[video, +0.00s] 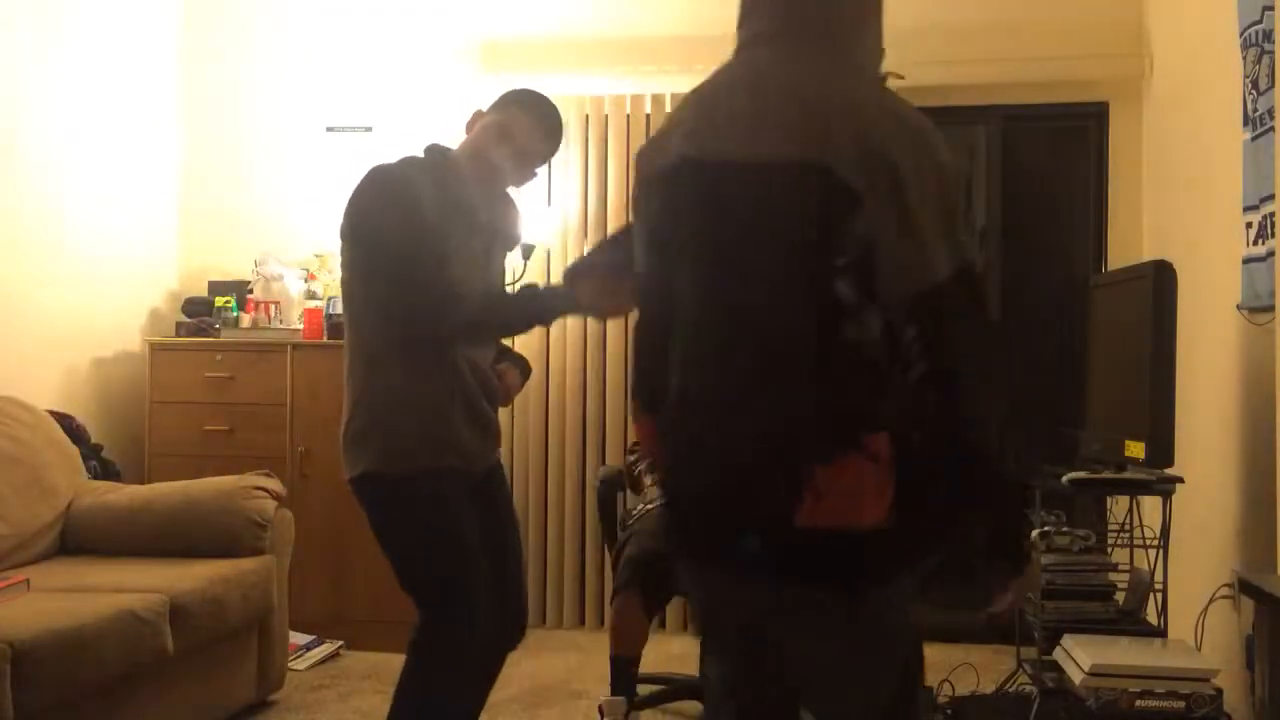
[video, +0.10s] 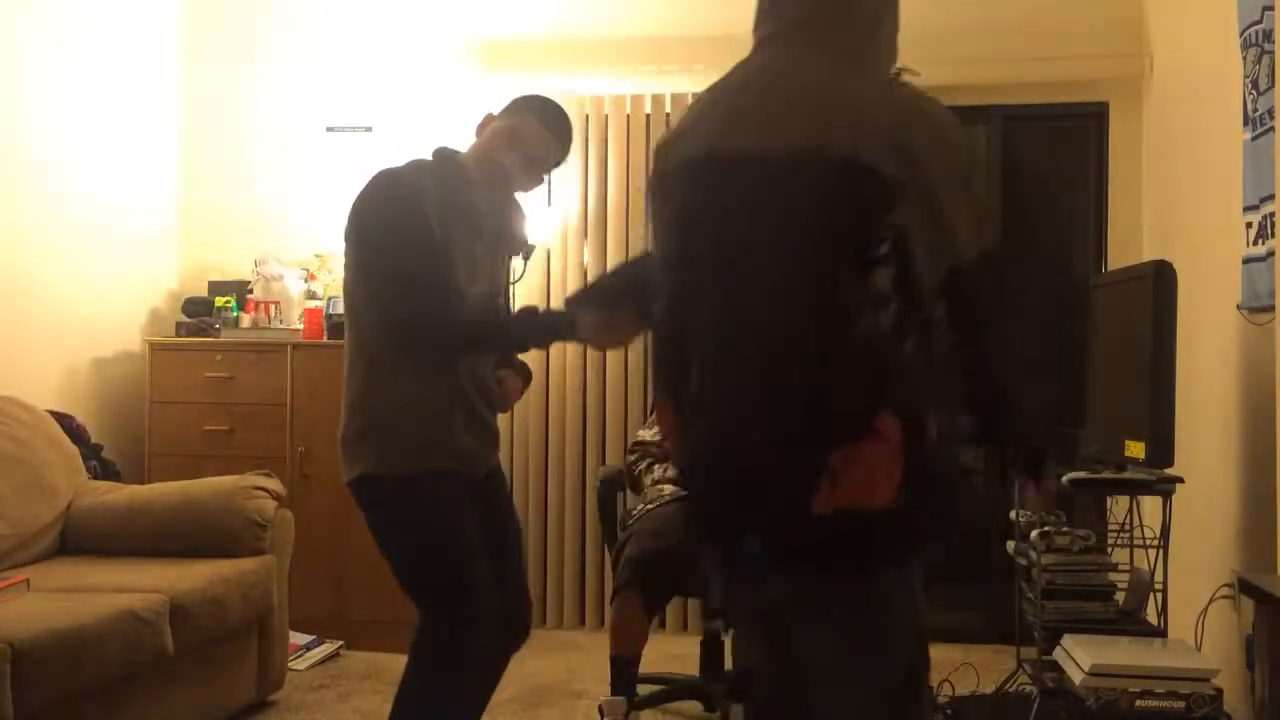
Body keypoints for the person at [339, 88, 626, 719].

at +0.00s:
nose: (512, 162)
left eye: (528, 162)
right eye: (507, 138)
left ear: (530, 172)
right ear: (476, 120)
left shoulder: (491, 221)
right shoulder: (396, 186)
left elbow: (474, 319)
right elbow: (434, 312)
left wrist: (508, 363)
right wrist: (566, 297)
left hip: (467, 445)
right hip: (401, 446)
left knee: (501, 619)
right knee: (460, 619)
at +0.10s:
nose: (517, 172)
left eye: (535, 169)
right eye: (517, 148)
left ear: (540, 180)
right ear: (488, 124)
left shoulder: (498, 228)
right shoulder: (398, 192)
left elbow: (481, 327)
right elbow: (413, 321)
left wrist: (504, 369)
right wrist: (559, 323)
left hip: (468, 451)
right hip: (399, 451)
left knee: (505, 621)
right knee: (459, 620)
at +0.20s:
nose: (533, 182)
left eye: (549, 179)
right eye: (532, 158)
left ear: (547, 189)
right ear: (501, 130)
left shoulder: (504, 238)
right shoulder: (403, 200)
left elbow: (493, 338)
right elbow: (424, 332)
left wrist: (514, 378)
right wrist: (562, 348)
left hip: (464, 457)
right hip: (392, 458)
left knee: (510, 620)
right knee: (464, 621)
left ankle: (446, 718)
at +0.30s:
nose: (534, 194)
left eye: (553, 194)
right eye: (538, 170)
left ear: (557, 204)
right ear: (513, 139)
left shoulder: (510, 248)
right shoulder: (413, 205)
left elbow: (499, 348)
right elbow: (444, 346)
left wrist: (507, 391)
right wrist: (559, 371)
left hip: (459, 461)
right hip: (389, 460)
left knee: (511, 619)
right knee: (463, 623)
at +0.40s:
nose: (545, 202)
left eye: (561, 199)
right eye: (547, 177)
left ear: (565, 207)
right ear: (519, 145)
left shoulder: (513, 250)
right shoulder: (422, 204)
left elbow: (491, 358)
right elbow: (449, 348)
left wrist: (500, 402)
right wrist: (562, 381)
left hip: (454, 457)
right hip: (387, 456)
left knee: (510, 617)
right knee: (458, 627)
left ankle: (447, 716)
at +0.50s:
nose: (545, 190)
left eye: (562, 188)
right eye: (548, 165)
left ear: (566, 194)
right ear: (522, 135)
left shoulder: (517, 238)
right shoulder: (419, 193)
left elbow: (498, 349)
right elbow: (441, 337)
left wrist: (506, 389)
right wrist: (563, 356)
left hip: (453, 448)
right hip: (382, 444)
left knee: (498, 612)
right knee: (444, 621)